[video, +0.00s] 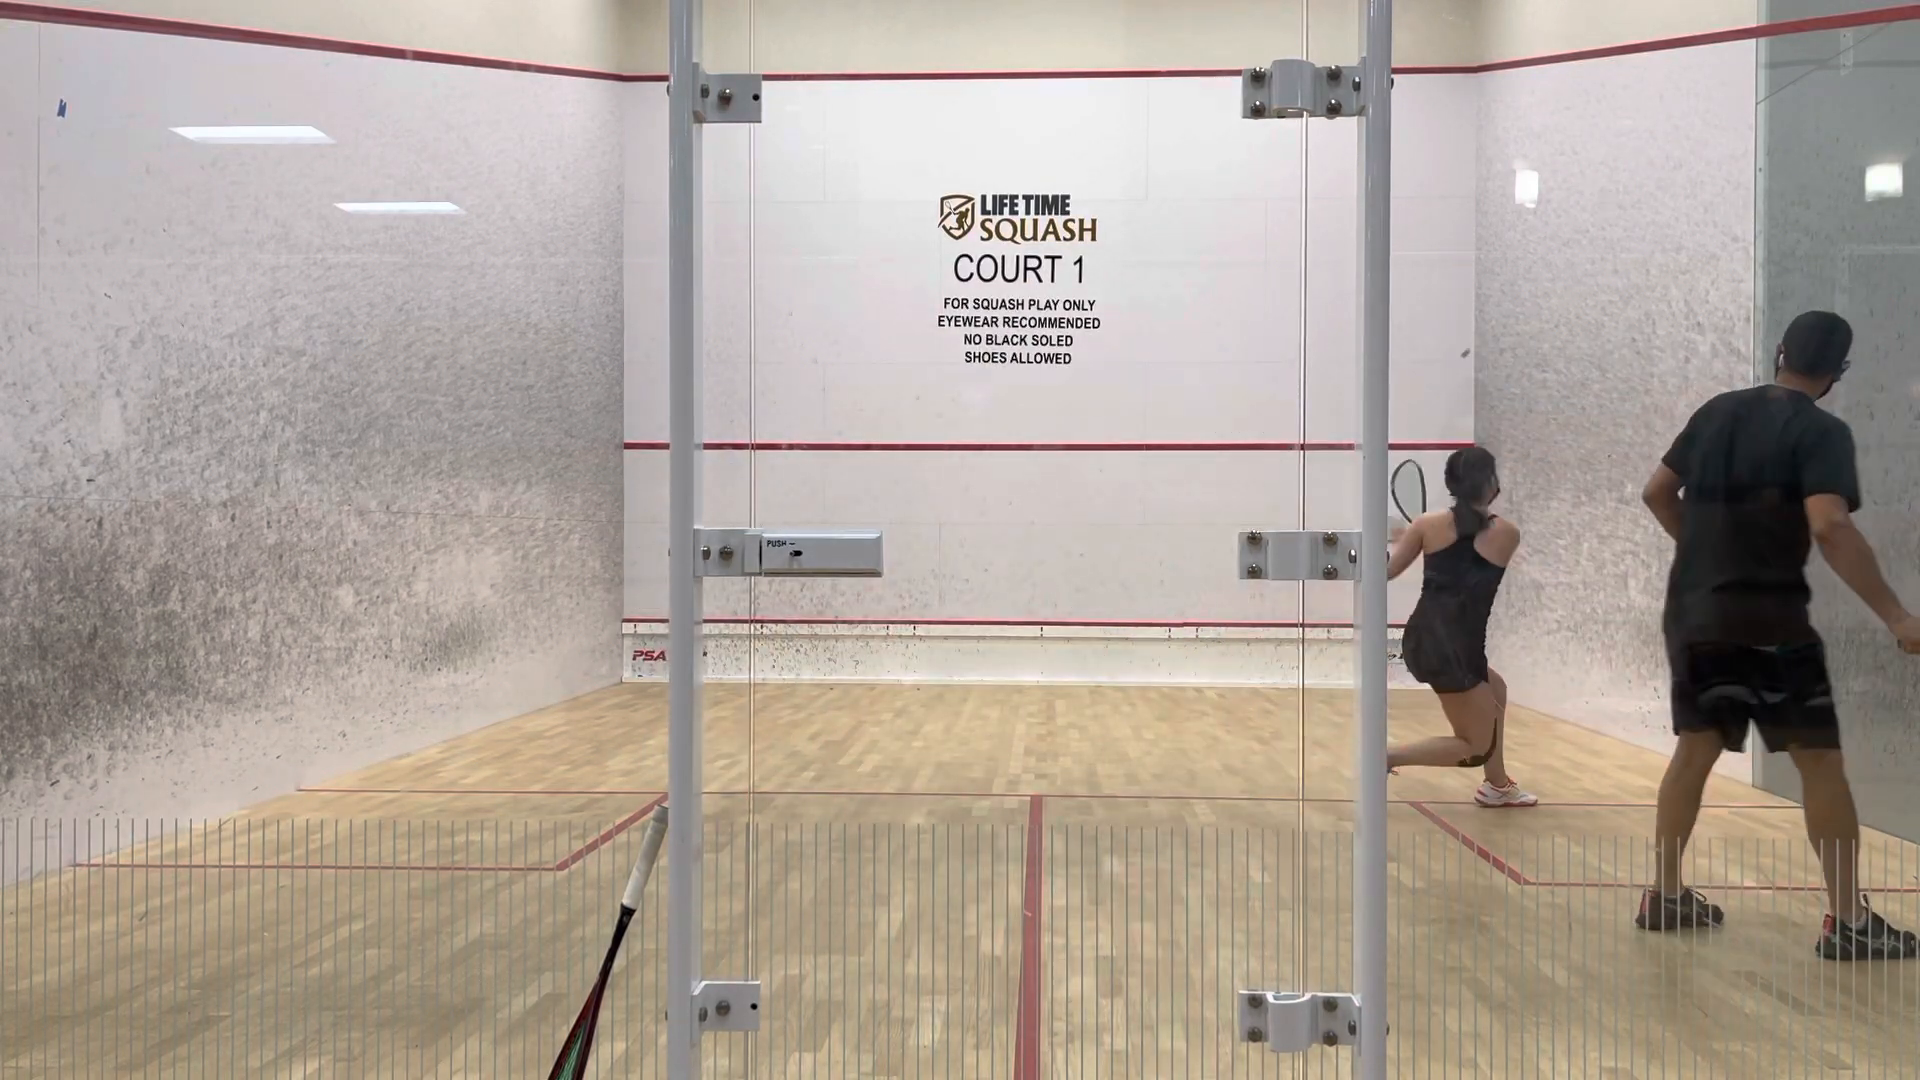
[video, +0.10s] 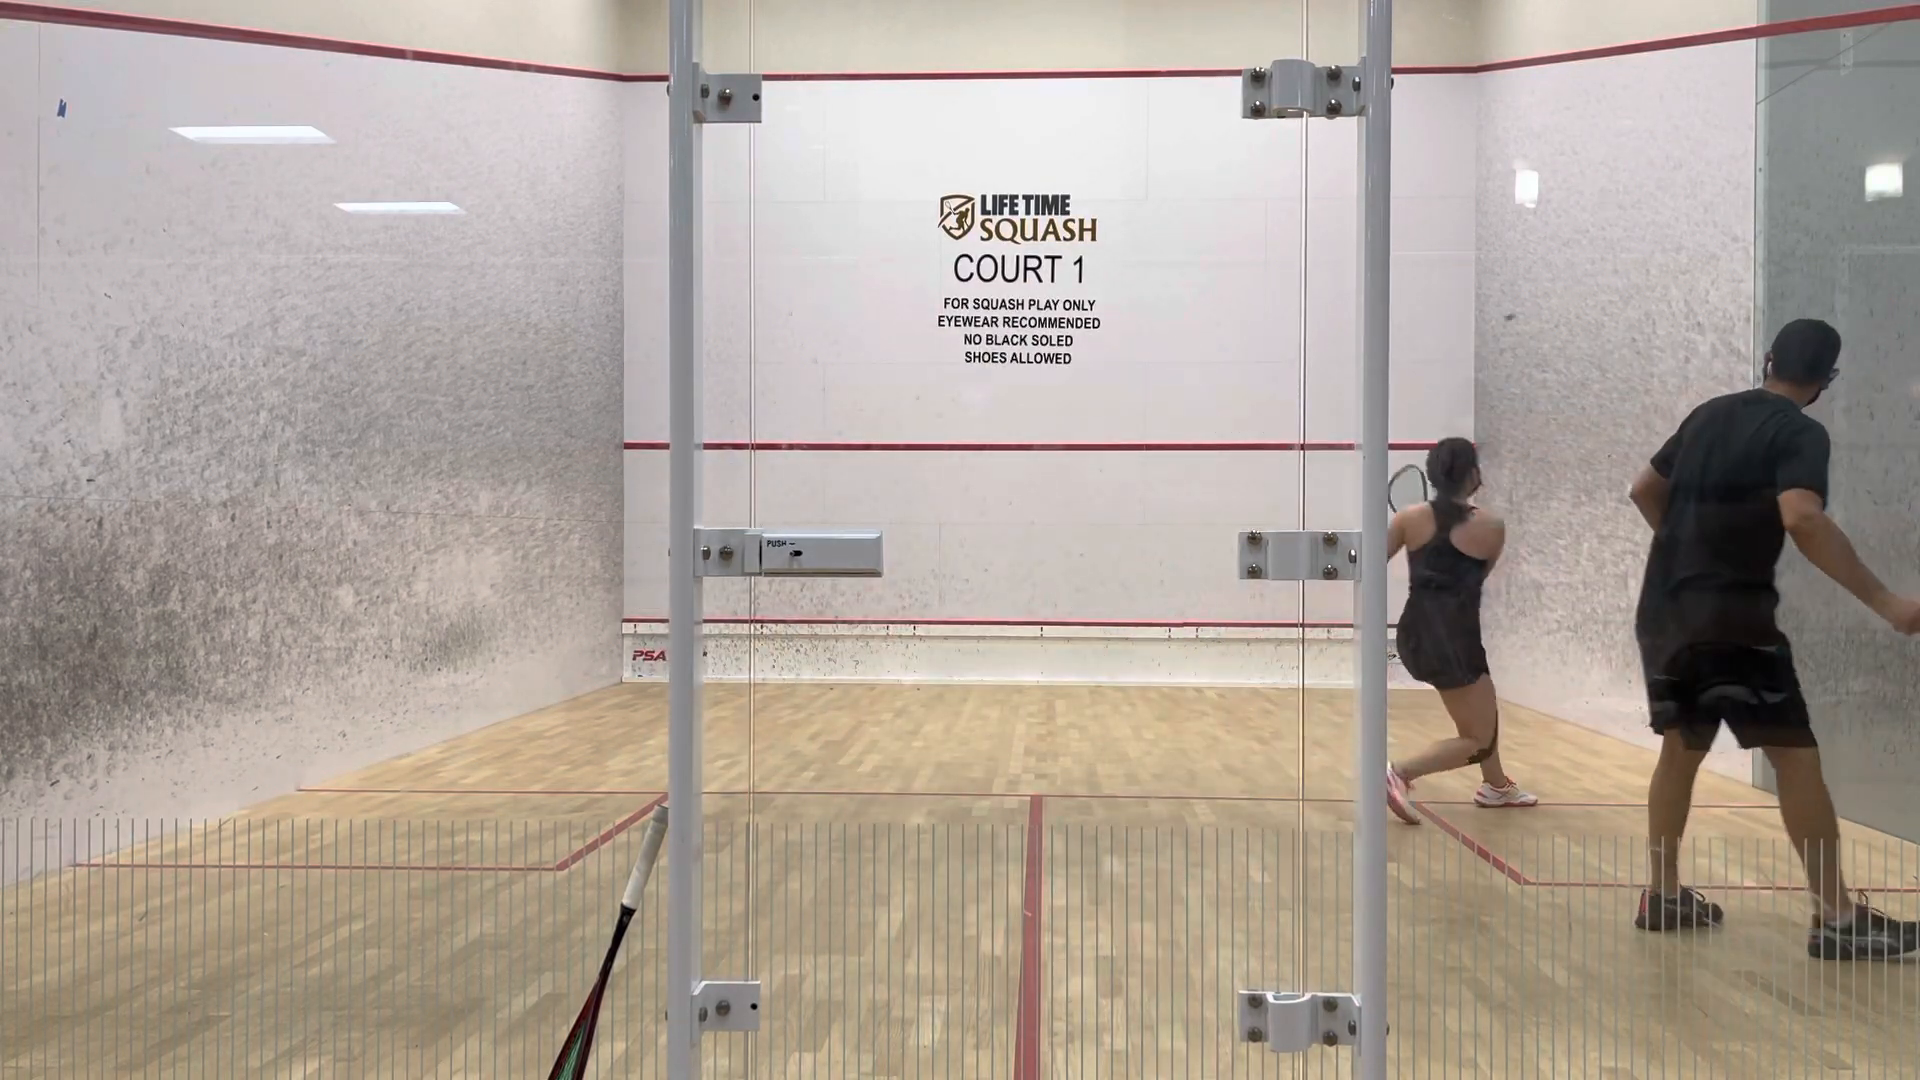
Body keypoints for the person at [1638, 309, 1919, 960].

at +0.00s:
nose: (1835, 377)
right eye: (1840, 370)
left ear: (1779, 358)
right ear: (1836, 374)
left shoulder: (1720, 409)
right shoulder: (1821, 428)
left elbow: (1657, 492)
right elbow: (1829, 524)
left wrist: (1699, 544)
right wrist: (1897, 616)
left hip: (1696, 619)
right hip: (1773, 622)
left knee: (1696, 744)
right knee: (1820, 761)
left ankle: (1664, 893)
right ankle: (1848, 917)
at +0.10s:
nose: (1824, 384)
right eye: (1828, 376)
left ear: (1767, 364)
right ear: (1825, 380)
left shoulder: (1710, 412)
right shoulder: (1801, 431)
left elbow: (1645, 490)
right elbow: (1801, 516)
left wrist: (1690, 551)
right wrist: (1885, 600)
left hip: (1667, 617)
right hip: (1738, 619)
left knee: (1682, 744)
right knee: (1795, 755)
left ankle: (1661, 893)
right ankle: (1835, 913)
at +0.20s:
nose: (1819, 392)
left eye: (1818, 382)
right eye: (1821, 383)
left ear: (1761, 366)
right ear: (1816, 385)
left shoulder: (1702, 413)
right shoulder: (1786, 433)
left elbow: (1636, 482)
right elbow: (1785, 509)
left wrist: (1677, 548)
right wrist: (1885, 581)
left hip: (1648, 617)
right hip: (1715, 619)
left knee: (1671, 745)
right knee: (1784, 749)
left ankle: (1660, 893)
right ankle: (1769, 912)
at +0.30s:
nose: (1813, 389)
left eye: (1809, 378)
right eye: (1815, 380)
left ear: (1752, 367)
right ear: (1810, 384)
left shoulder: (1695, 412)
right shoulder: (1779, 430)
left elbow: (1627, 479)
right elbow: (1776, 509)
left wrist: (1660, 546)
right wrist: (1878, 573)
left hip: (1643, 613)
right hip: (1704, 616)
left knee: (1665, 746)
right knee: (1759, 755)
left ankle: (1658, 888)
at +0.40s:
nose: (1811, 385)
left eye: (1811, 375)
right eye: (1814, 376)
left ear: (1750, 362)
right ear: (1807, 379)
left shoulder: (1694, 412)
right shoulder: (1776, 428)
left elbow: (1625, 487)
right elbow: (1765, 514)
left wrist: (1653, 556)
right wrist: (1865, 589)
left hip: (1649, 615)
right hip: (1702, 622)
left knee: (1667, 755)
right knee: (1713, 763)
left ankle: (1662, 892)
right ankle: (1592, 881)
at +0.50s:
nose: (1815, 391)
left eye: (1817, 381)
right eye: (1818, 381)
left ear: (1751, 366)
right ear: (1809, 380)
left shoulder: (1699, 419)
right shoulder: (1772, 432)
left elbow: (1633, 500)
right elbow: (1754, 522)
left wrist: (1666, 571)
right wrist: (1850, 600)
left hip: (1658, 619)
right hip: (1694, 627)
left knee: (1721, 743)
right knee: (1671, 759)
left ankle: (1670, 890)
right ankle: (1570, 899)